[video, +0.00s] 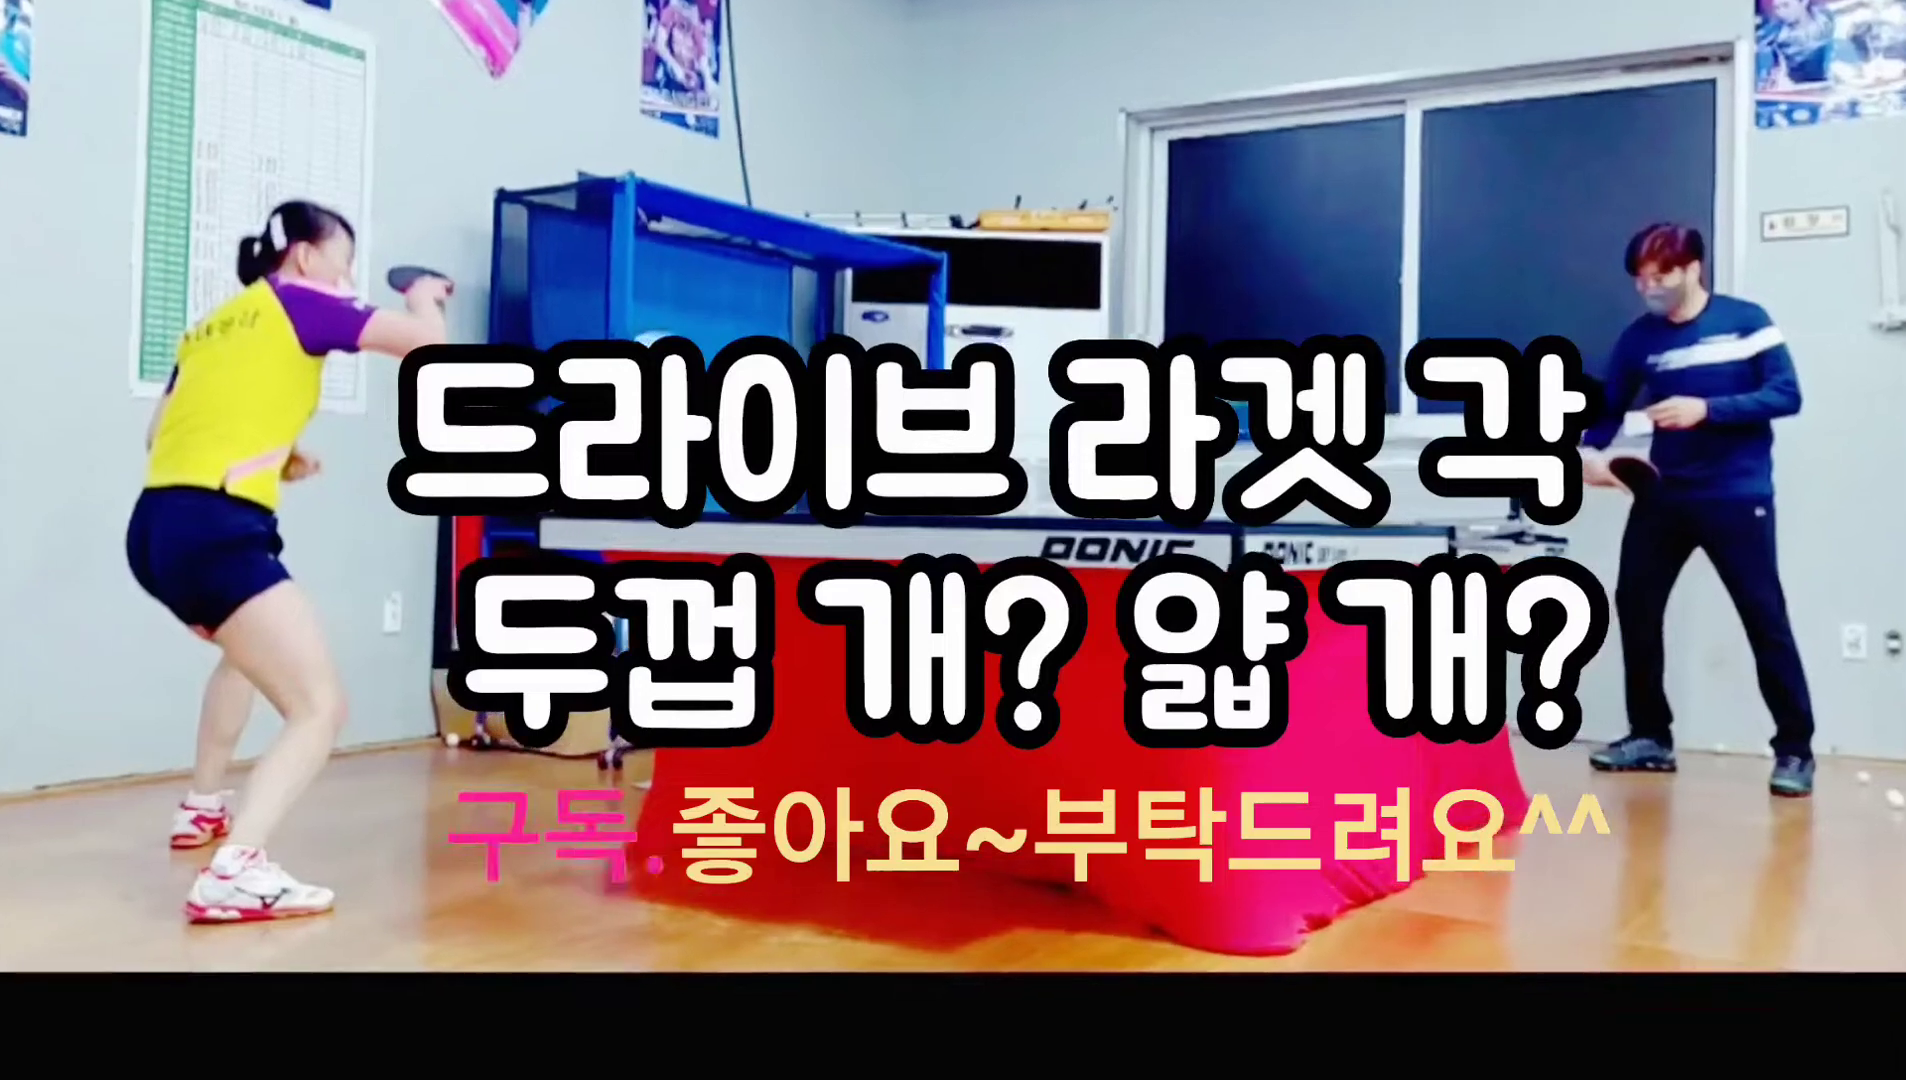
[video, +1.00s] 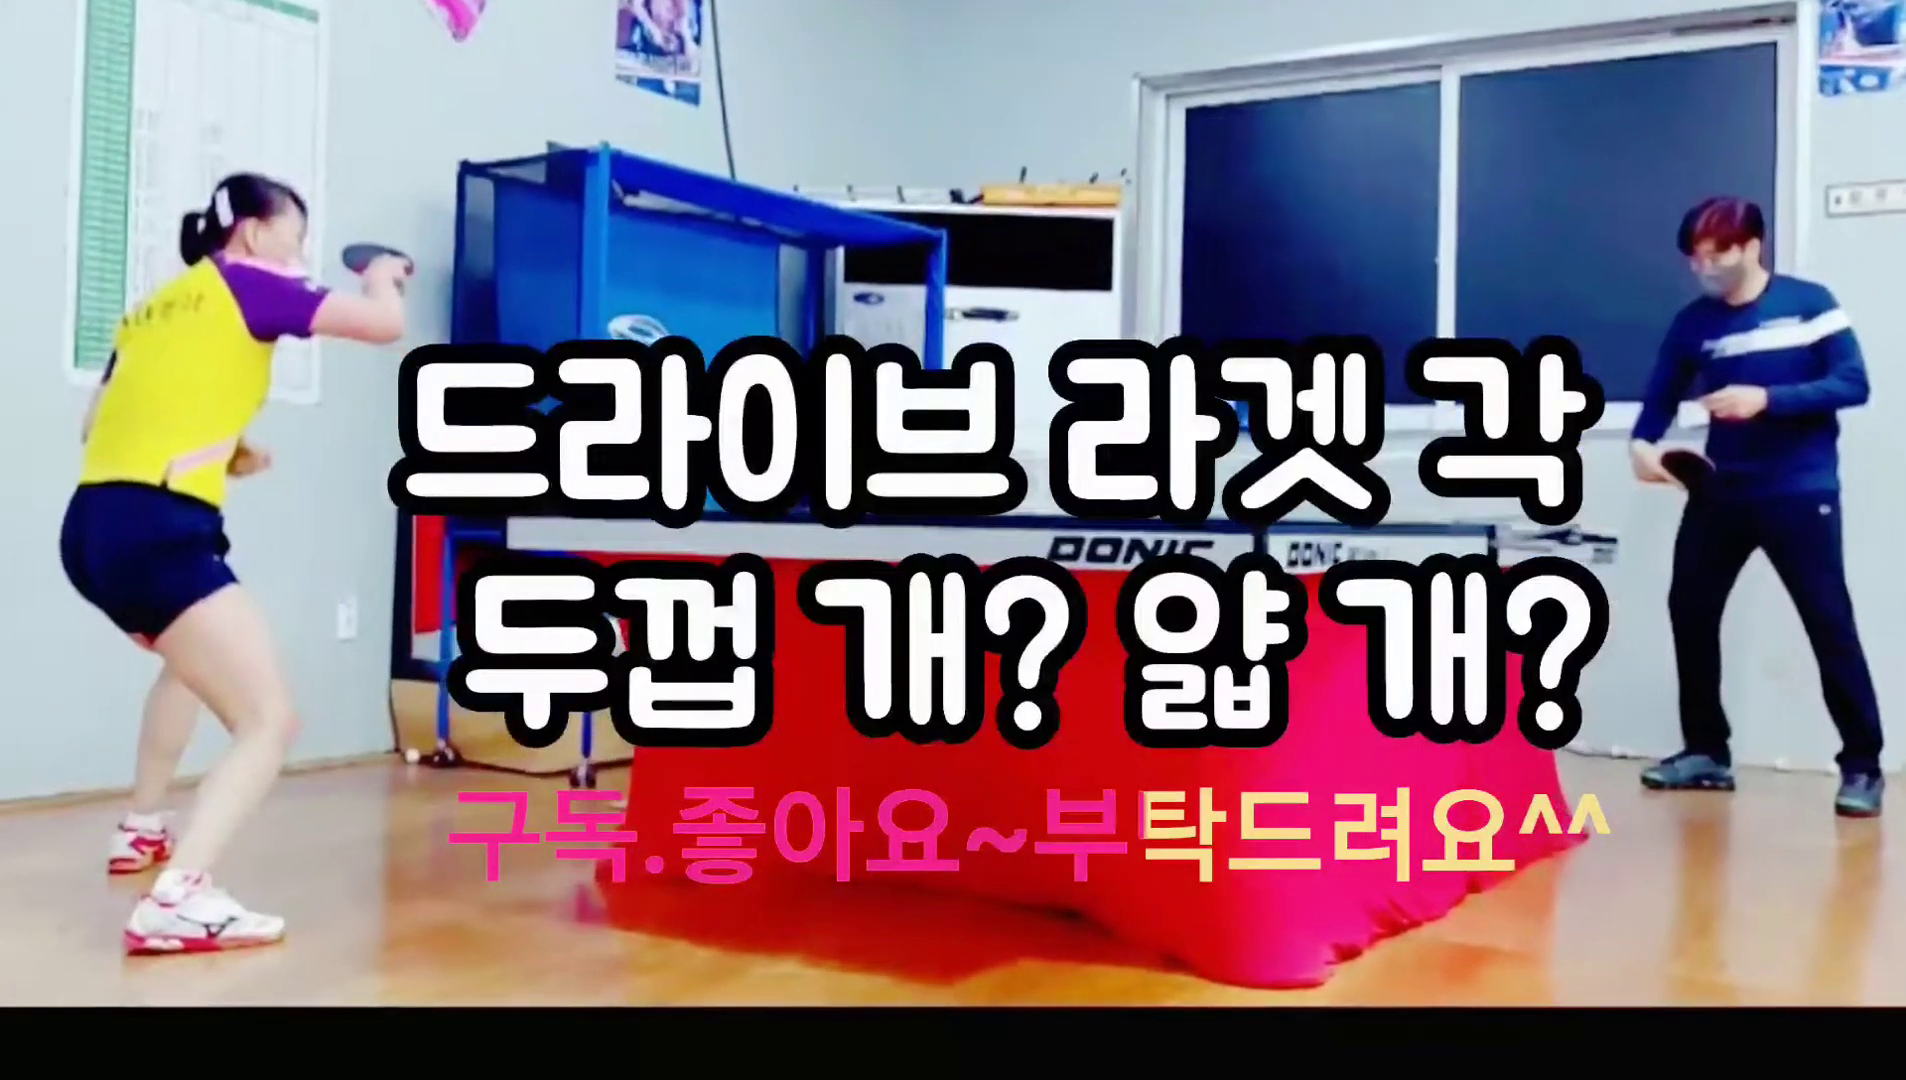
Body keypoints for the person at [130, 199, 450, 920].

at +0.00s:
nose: (347, 275)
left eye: (349, 263)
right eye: (342, 259)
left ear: (280, 257)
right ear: (302, 252)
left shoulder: (210, 326)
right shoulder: (299, 302)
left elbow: (164, 440)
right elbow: (425, 341)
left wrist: (273, 463)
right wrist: (425, 301)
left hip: (154, 527)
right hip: (217, 526)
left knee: (245, 651)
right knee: (319, 707)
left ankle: (204, 803)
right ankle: (237, 867)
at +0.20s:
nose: (337, 272)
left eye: (340, 259)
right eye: (332, 256)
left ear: (270, 252)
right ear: (290, 247)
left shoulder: (199, 322)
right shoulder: (290, 299)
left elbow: (153, 437)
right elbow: (421, 340)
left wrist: (262, 460)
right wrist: (414, 296)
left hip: (141, 527)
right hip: (205, 527)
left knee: (234, 654)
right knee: (310, 708)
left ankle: (192, 809)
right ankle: (226, 873)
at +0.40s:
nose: (327, 267)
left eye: (330, 254)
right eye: (323, 250)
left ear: (260, 246)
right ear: (282, 241)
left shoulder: (188, 318)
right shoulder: (279, 295)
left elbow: (141, 435)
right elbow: (415, 338)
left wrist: (252, 458)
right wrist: (406, 293)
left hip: (128, 527)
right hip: (194, 528)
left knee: (224, 655)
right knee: (298, 712)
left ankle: (180, 813)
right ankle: (215, 877)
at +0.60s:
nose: (319, 262)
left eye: (321, 249)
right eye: (314, 245)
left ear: (249, 241)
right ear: (271, 237)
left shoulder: (177, 314)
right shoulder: (268, 291)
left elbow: (133, 431)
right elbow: (405, 336)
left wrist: (242, 458)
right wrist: (397, 290)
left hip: (116, 527)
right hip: (182, 527)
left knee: (211, 657)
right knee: (289, 716)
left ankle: (168, 816)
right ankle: (203, 883)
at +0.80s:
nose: (310, 256)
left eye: (312, 242)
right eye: (305, 239)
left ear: (239, 238)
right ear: (261, 233)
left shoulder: (164, 310)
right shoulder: (259, 288)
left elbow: (117, 428)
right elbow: (395, 330)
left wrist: (230, 454)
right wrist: (391, 285)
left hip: (102, 526)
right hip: (170, 525)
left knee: (200, 660)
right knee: (279, 718)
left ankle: (157, 821)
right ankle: (192, 888)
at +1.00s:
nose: (299, 253)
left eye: (301, 240)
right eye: (294, 236)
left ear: (229, 233)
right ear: (250, 229)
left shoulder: (154, 306)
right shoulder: (247, 284)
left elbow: (106, 426)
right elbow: (386, 325)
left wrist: (219, 455)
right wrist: (382, 279)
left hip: (90, 525)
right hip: (159, 525)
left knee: (189, 663)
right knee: (268, 721)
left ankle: (144, 824)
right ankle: (180, 893)